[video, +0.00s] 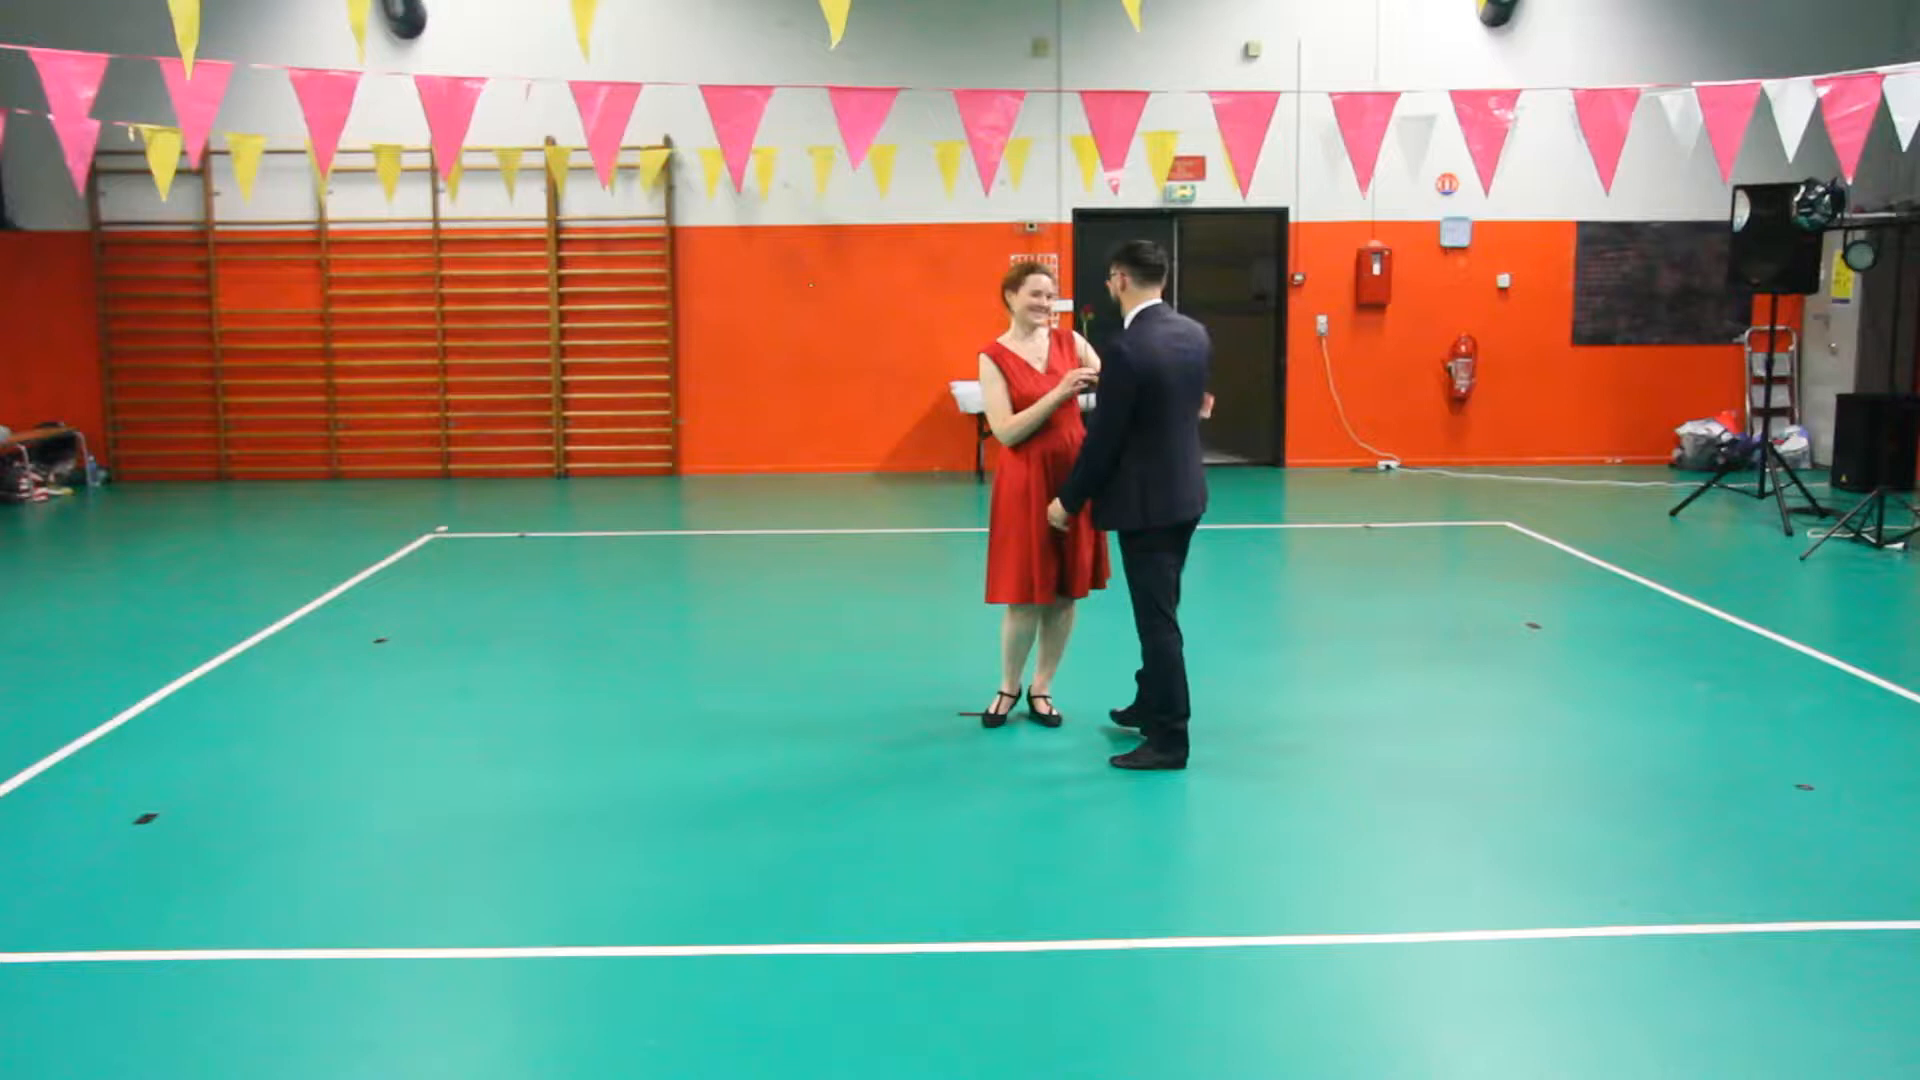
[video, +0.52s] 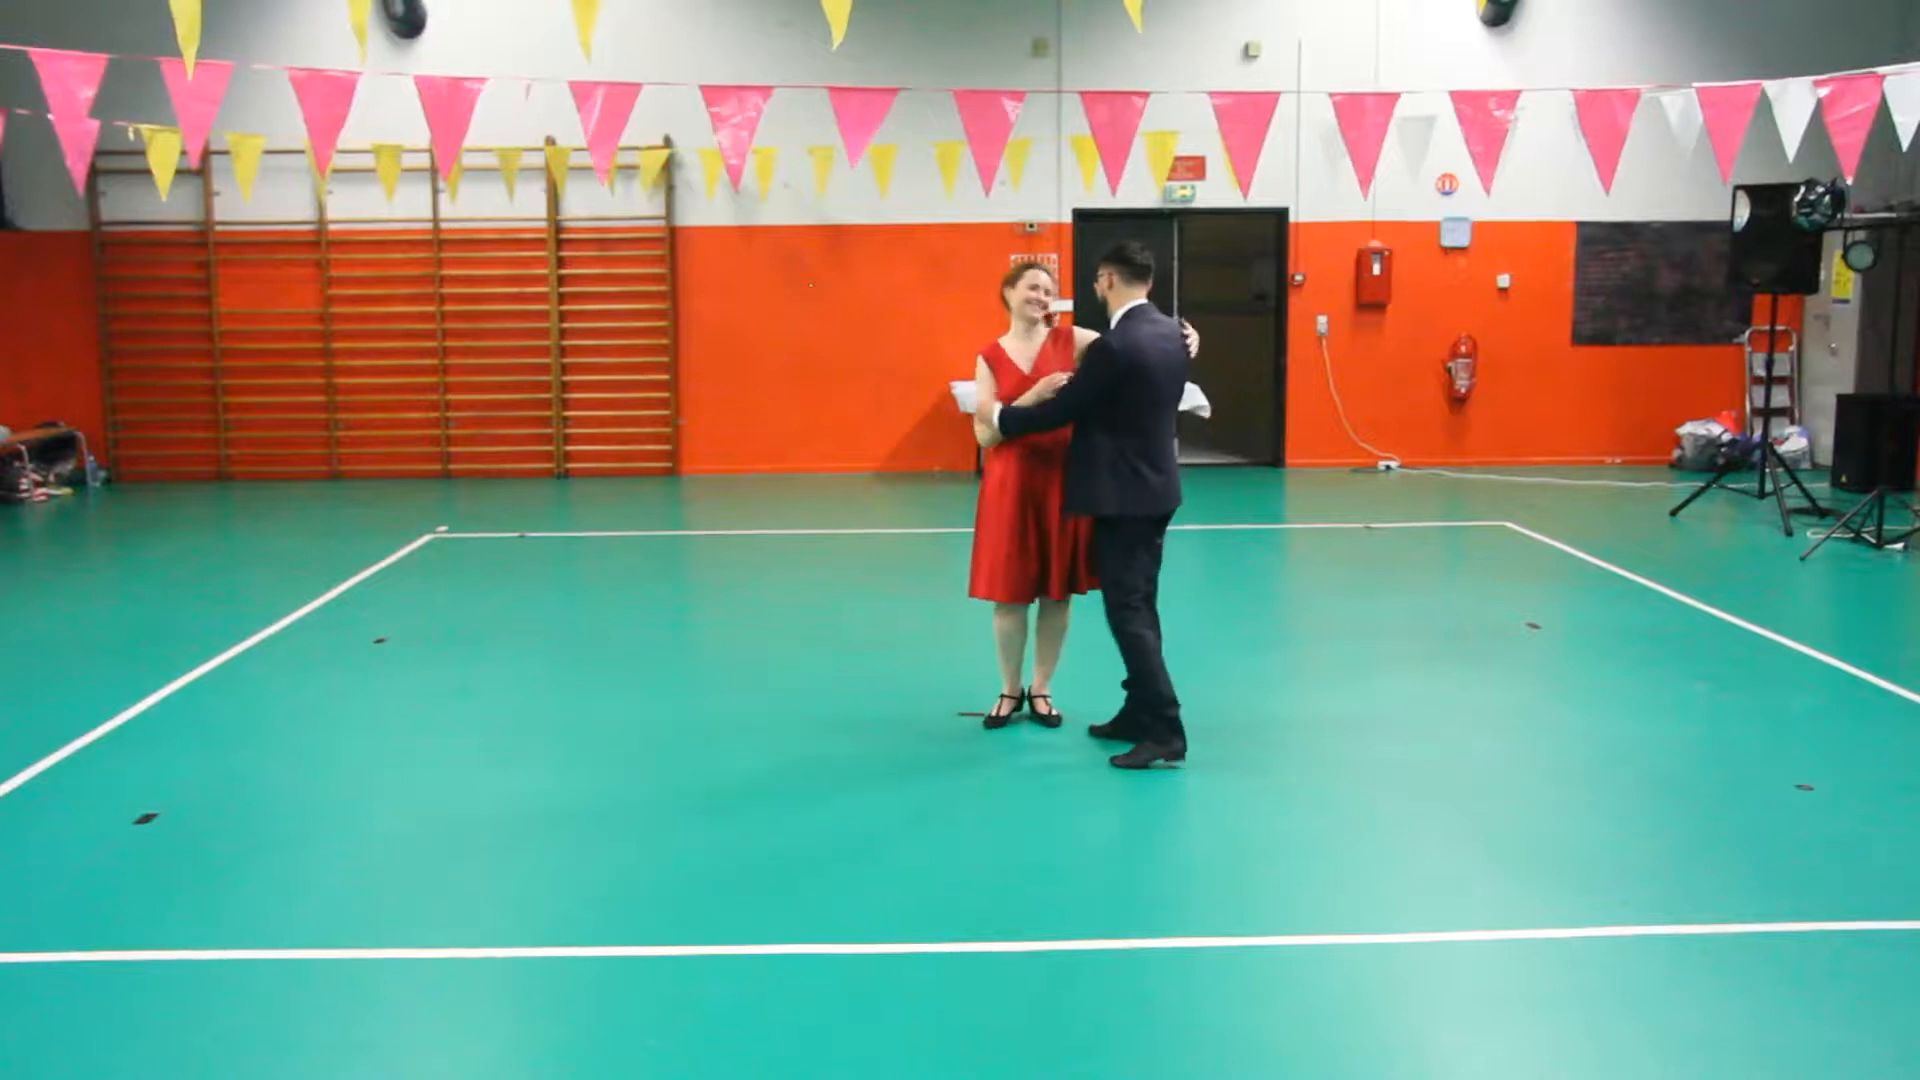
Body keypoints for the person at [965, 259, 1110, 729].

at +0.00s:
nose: (1045, 303)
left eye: (1050, 295)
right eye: (1036, 295)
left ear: (1055, 300)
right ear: (1010, 299)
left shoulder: (1071, 342)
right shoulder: (994, 358)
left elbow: (1111, 385)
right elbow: (1006, 431)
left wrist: (1092, 380)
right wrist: (1061, 391)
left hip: (1074, 474)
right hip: (1024, 478)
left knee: (1063, 592)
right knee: (1023, 594)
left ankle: (1040, 690)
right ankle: (1009, 689)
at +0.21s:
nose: (1046, 304)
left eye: (1050, 296)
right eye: (1036, 295)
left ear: (1056, 302)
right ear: (1010, 300)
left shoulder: (1075, 343)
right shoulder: (994, 361)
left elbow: (1127, 378)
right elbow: (1000, 433)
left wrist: (1097, 381)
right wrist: (1050, 394)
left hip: (1075, 475)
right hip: (1021, 479)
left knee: (1063, 593)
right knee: (1018, 595)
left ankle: (1042, 689)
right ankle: (1005, 688)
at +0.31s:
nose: (1045, 301)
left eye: (1049, 294)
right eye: (1035, 293)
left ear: (1056, 301)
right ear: (1009, 299)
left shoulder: (1076, 341)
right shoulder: (993, 360)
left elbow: (1131, 367)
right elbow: (996, 434)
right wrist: (1043, 391)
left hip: (1072, 482)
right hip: (1019, 484)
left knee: (1061, 592)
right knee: (1013, 594)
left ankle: (1041, 689)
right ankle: (1006, 688)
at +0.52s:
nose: (1047, 297)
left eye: (1084, 284)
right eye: (1034, 288)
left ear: (1106, 281)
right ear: (1149, 282)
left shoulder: (1112, 347)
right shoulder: (1171, 335)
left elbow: (1065, 408)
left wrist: (1001, 419)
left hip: (1124, 495)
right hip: (1153, 491)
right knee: (1134, 607)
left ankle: (1165, 735)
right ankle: (1140, 710)